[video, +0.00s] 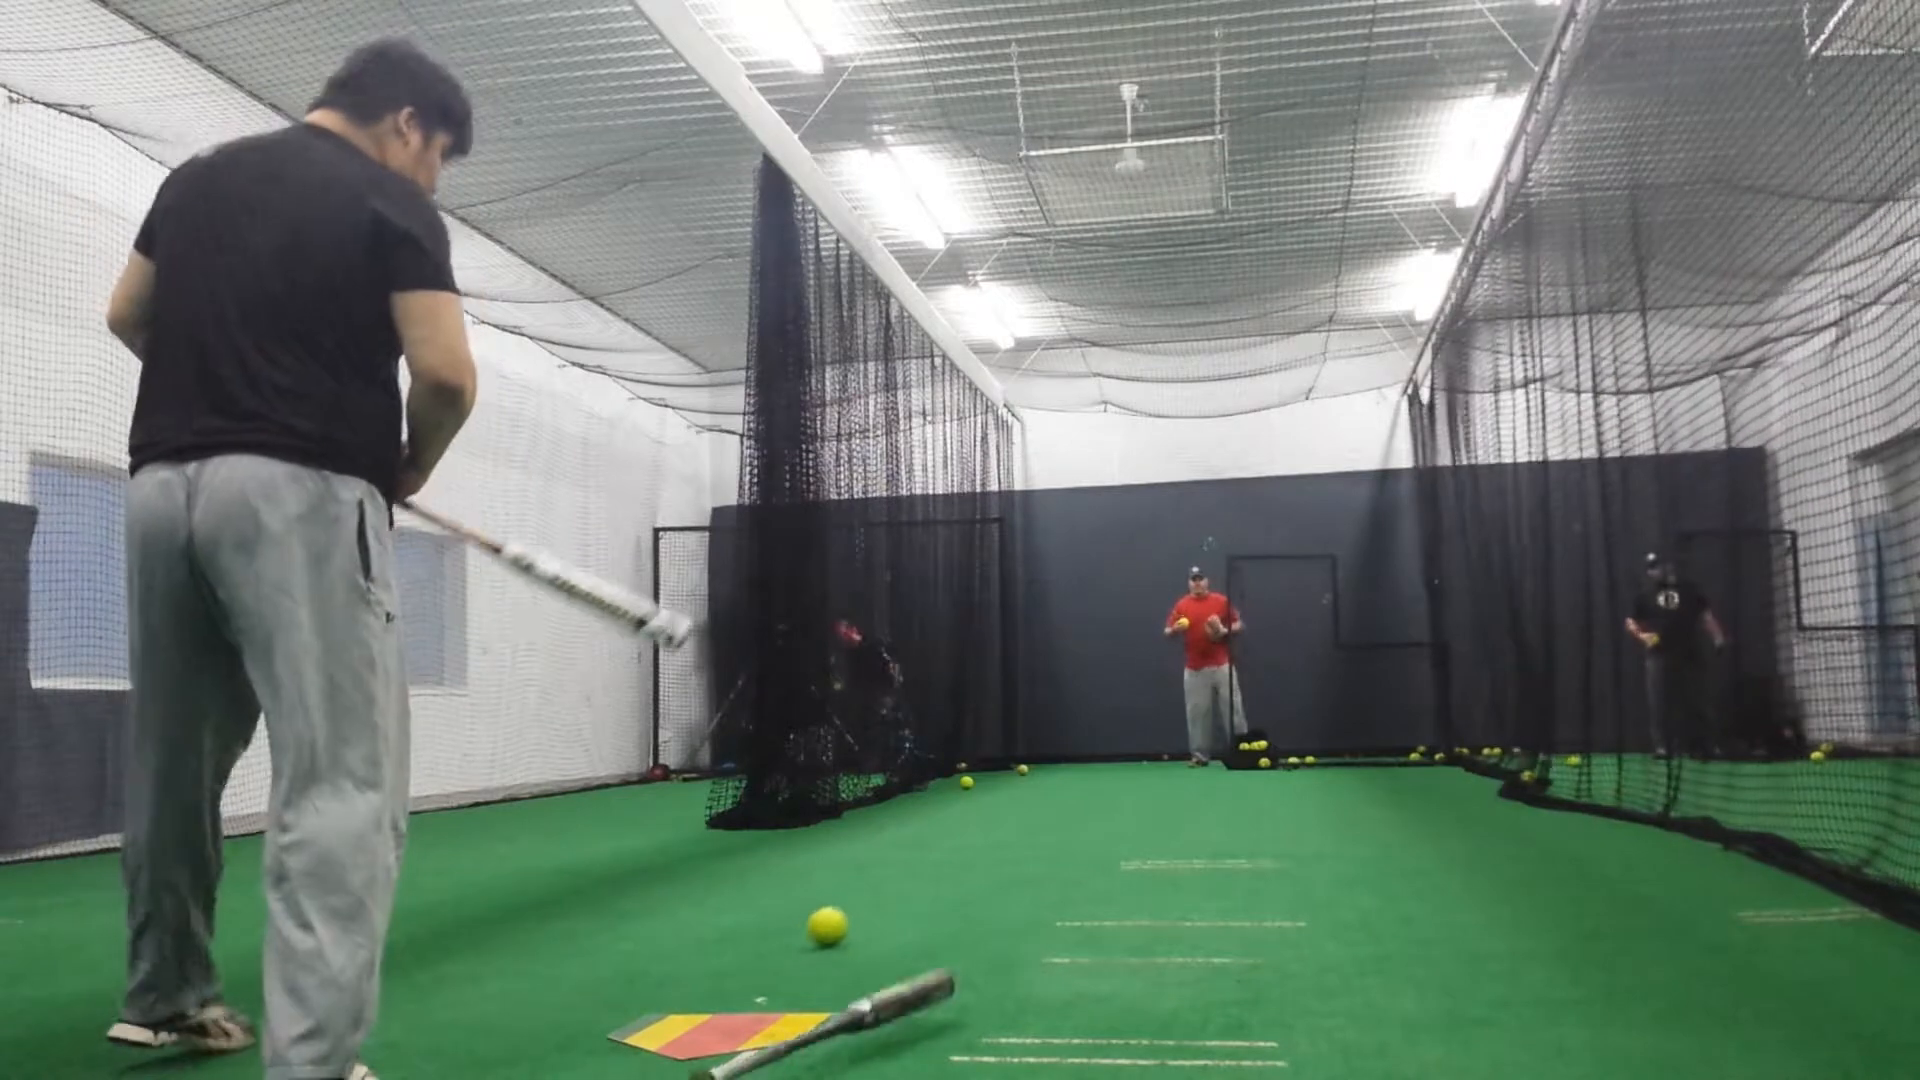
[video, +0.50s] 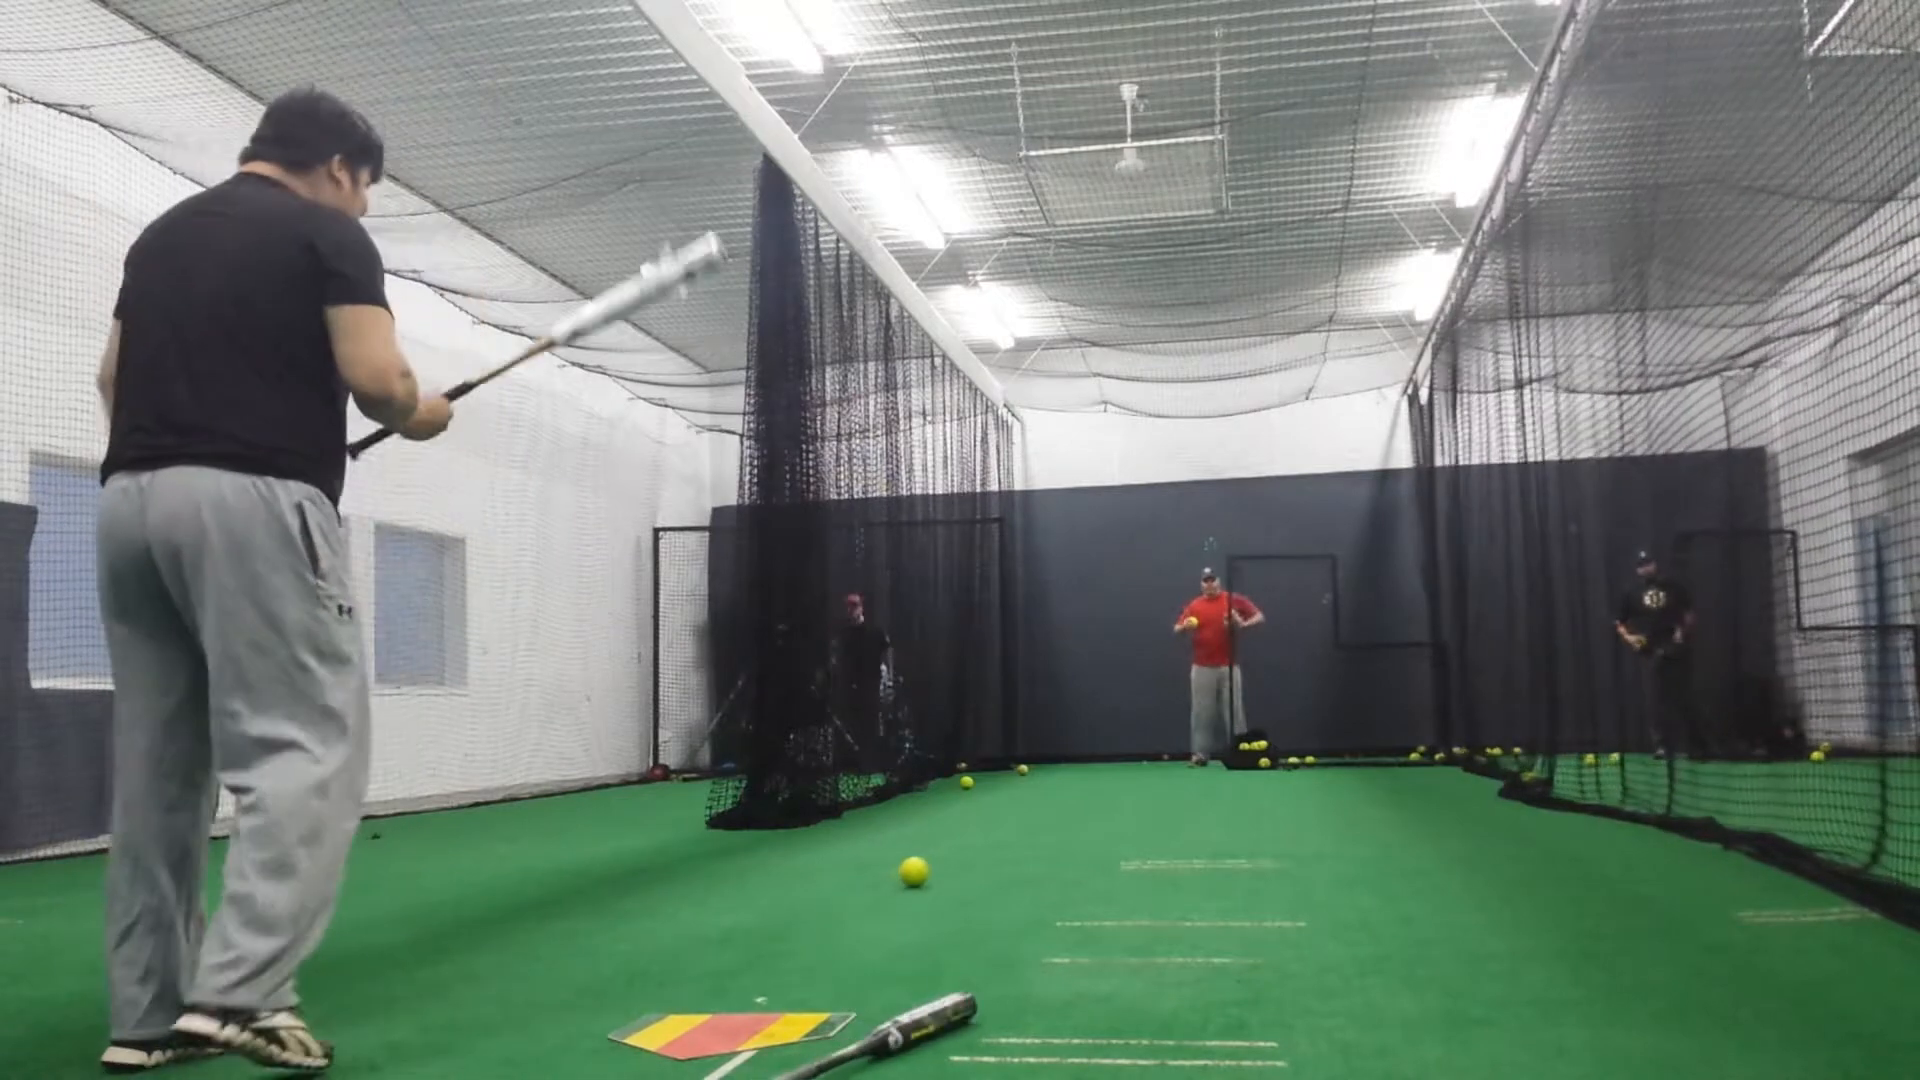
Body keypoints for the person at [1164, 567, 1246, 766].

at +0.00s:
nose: (1197, 583)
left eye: (1200, 579)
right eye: (1193, 579)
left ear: (1207, 582)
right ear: (1188, 583)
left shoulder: (1221, 601)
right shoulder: (1182, 605)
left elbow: (1238, 623)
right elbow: (1167, 631)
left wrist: (1224, 630)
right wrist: (1176, 629)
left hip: (1220, 665)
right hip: (1195, 667)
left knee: (1233, 708)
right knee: (1196, 711)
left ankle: (1241, 750)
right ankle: (1199, 752)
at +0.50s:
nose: (1209, 584)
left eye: (1212, 580)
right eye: (1205, 581)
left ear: (1218, 582)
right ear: (1201, 584)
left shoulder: (1233, 601)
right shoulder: (1195, 605)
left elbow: (1259, 616)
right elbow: (1177, 629)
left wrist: (1243, 623)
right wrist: (1185, 626)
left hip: (1228, 664)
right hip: (1203, 665)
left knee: (1233, 709)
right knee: (1202, 710)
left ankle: (1238, 751)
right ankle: (1200, 752)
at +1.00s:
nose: (1222, 583)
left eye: (1226, 578)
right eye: (1219, 579)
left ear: (1236, 581)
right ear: (1216, 582)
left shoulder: (1251, 599)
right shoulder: (1213, 604)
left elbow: (1276, 617)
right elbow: (1195, 630)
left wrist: (1255, 624)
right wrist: (1194, 619)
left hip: (1240, 665)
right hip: (1214, 661)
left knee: (1242, 709)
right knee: (1195, 701)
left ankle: (1246, 751)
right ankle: (1180, 748)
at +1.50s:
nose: (1219, 583)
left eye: (1223, 578)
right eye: (1217, 578)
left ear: (1233, 580)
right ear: (1215, 581)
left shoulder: (1246, 601)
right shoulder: (1209, 601)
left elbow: (1269, 624)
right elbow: (1198, 624)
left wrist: (1249, 627)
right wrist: (1191, 618)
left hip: (1238, 666)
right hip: (1212, 664)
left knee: (1240, 709)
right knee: (1199, 706)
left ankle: (1241, 750)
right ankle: (1194, 748)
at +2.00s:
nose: (1193, 586)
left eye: (1196, 582)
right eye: (1192, 582)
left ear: (1209, 582)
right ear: (1193, 585)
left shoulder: (1226, 604)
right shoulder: (1190, 606)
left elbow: (1247, 626)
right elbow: (1175, 635)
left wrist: (1229, 630)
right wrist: (1179, 627)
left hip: (1221, 667)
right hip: (1195, 667)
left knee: (1226, 711)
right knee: (1193, 711)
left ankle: (1235, 751)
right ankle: (1194, 754)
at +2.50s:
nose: (1184, 582)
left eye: (1187, 578)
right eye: (1180, 579)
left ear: (1195, 580)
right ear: (1176, 583)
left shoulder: (1211, 600)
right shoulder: (1171, 606)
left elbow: (1228, 621)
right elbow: (1159, 635)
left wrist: (1216, 626)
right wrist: (1164, 627)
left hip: (1212, 662)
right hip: (1186, 666)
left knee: (1221, 707)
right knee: (1188, 710)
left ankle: (1227, 752)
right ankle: (1193, 755)